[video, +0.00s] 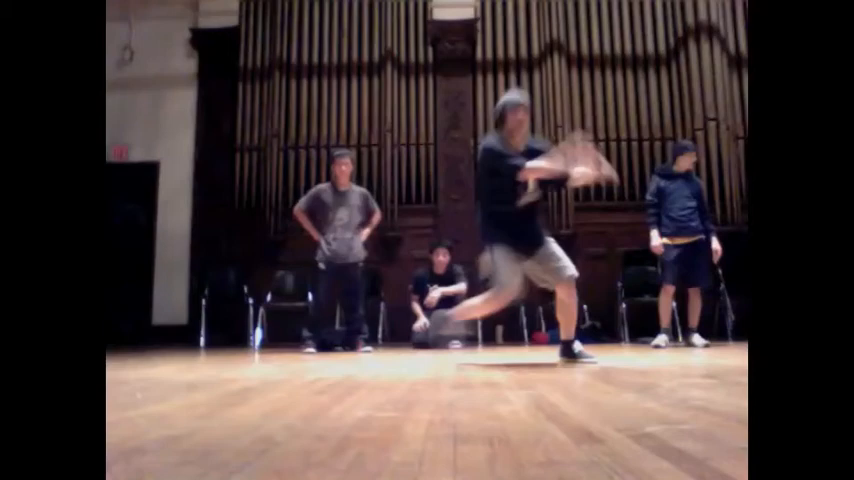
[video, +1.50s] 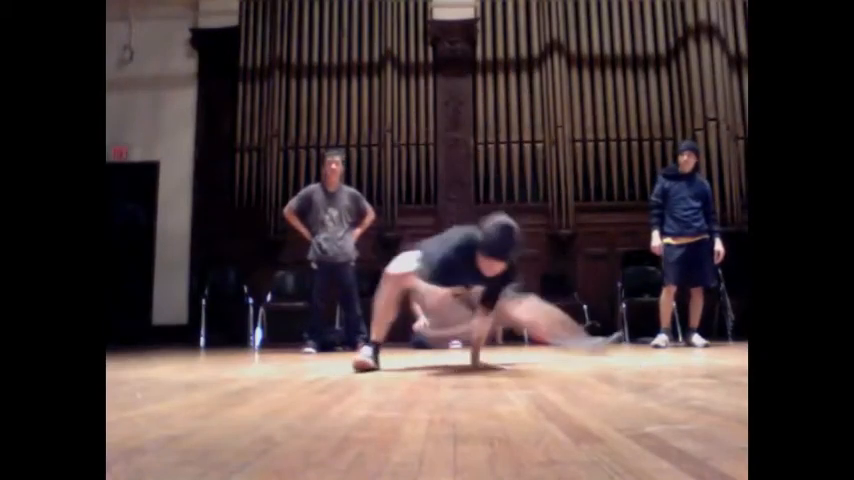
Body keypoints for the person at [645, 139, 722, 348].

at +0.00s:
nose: (693, 162)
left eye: (694, 158)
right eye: (689, 158)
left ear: (692, 160)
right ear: (678, 158)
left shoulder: (694, 183)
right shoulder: (660, 180)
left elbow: (704, 214)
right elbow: (651, 209)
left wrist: (713, 238)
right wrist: (654, 234)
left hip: (696, 239)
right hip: (671, 240)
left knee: (695, 288)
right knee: (668, 287)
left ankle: (693, 332)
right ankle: (664, 332)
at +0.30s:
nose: (695, 162)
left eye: (696, 158)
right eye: (692, 158)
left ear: (693, 160)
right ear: (680, 158)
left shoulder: (697, 183)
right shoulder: (663, 180)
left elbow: (708, 215)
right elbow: (655, 208)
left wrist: (717, 240)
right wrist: (658, 234)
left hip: (700, 240)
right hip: (675, 241)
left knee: (697, 288)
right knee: (672, 287)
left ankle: (693, 332)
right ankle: (665, 332)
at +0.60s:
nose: (692, 162)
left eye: (695, 158)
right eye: (688, 157)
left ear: (698, 161)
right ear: (678, 159)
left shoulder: (700, 184)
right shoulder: (665, 180)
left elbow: (710, 215)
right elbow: (656, 208)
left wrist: (717, 239)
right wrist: (659, 234)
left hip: (701, 240)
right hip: (676, 241)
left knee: (697, 288)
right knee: (672, 287)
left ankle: (693, 332)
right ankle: (665, 332)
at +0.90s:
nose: (690, 161)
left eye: (694, 157)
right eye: (687, 156)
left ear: (698, 160)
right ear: (679, 158)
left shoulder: (702, 184)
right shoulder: (666, 180)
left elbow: (710, 216)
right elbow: (657, 208)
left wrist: (717, 240)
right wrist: (658, 235)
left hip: (700, 240)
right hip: (675, 240)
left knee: (697, 288)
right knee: (671, 287)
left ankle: (693, 332)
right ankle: (664, 332)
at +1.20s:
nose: (687, 159)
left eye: (691, 156)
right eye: (683, 155)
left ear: (697, 159)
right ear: (677, 158)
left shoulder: (702, 184)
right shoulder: (665, 180)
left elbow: (710, 215)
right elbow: (656, 208)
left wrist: (716, 239)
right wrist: (655, 234)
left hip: (699, 240)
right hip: (673, 240)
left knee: (697, 288)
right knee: (670, 287)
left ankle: (693, 332)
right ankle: (664, 332)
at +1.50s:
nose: (686, 160)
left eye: (690, 156)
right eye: (683, 155)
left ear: (696, 159)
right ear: (677, 158)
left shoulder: (702, 184)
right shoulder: (665, 181)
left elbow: (711, 215)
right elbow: (656, 208)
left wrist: (716, 239)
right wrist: (656, 234)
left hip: (699, 240)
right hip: (673, 240)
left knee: (697, 288)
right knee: (670, 287)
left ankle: (693, 332)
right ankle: (664, 332)